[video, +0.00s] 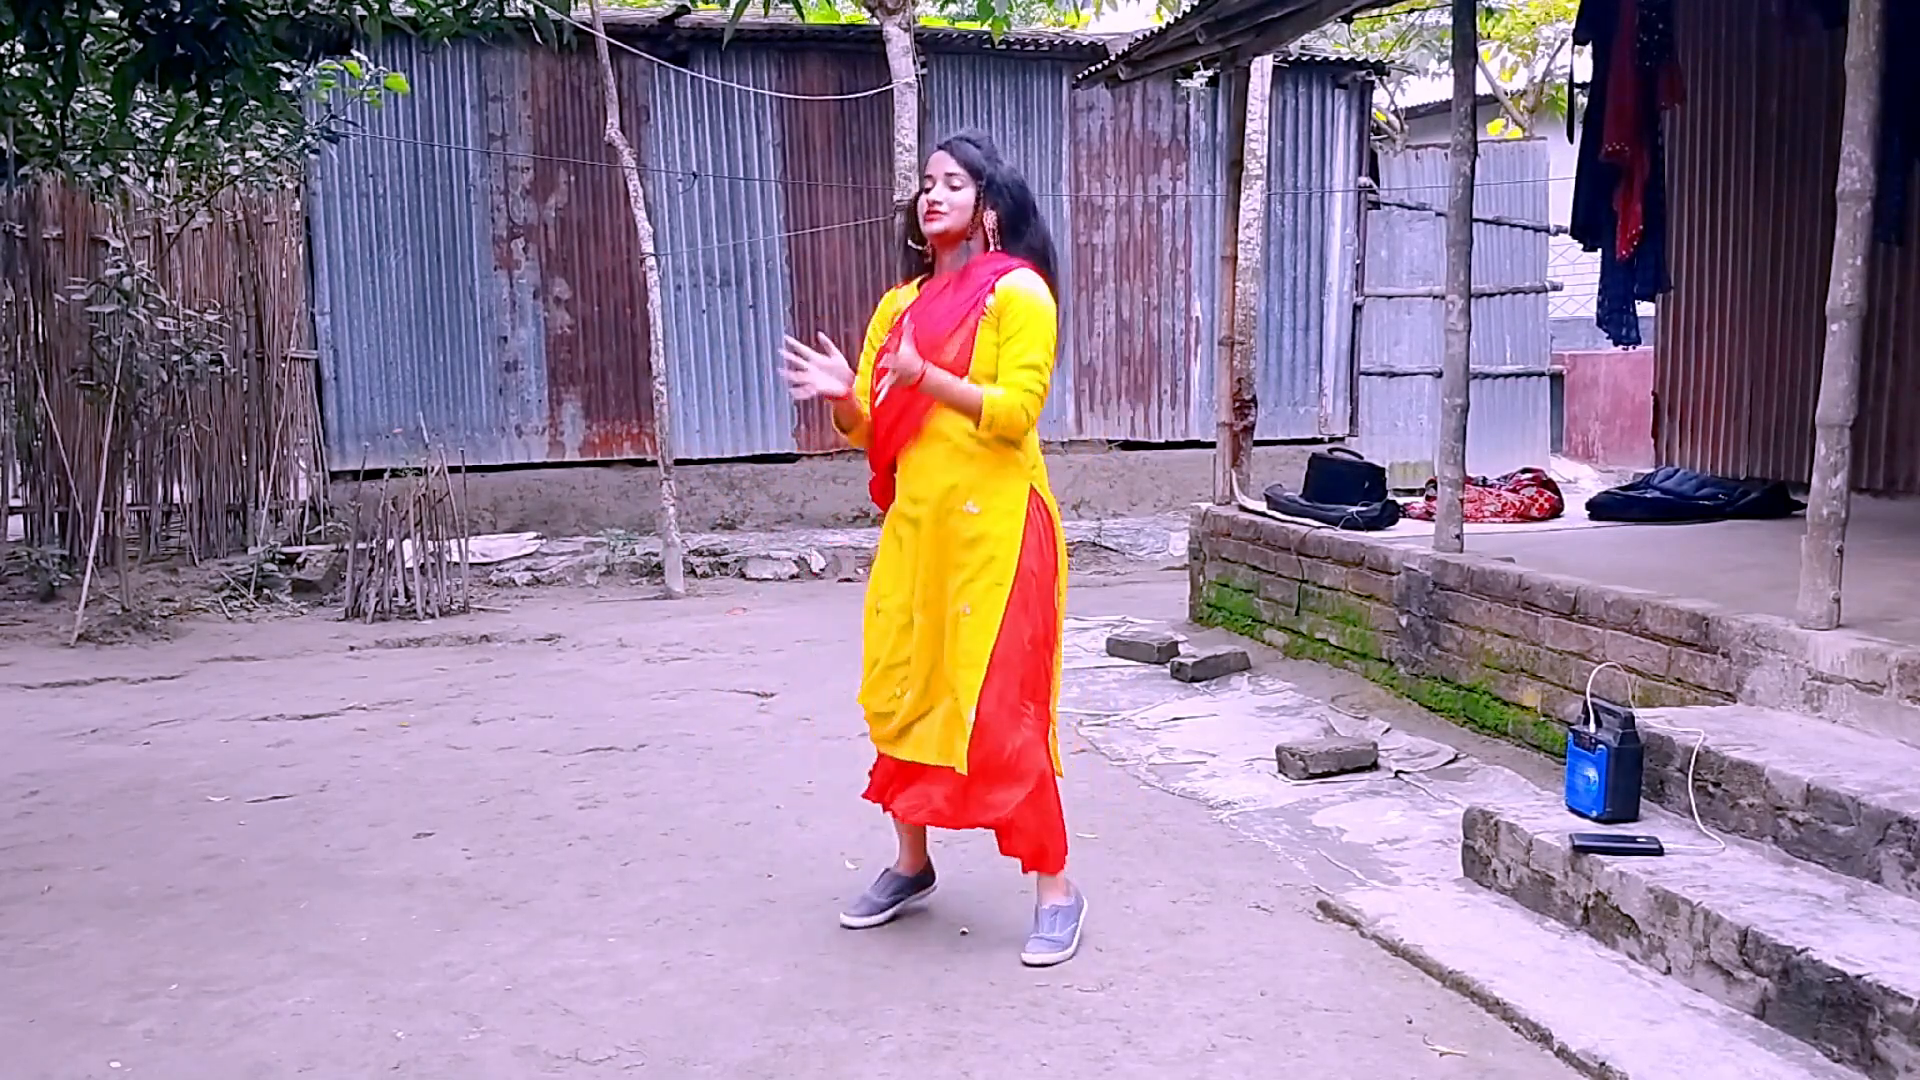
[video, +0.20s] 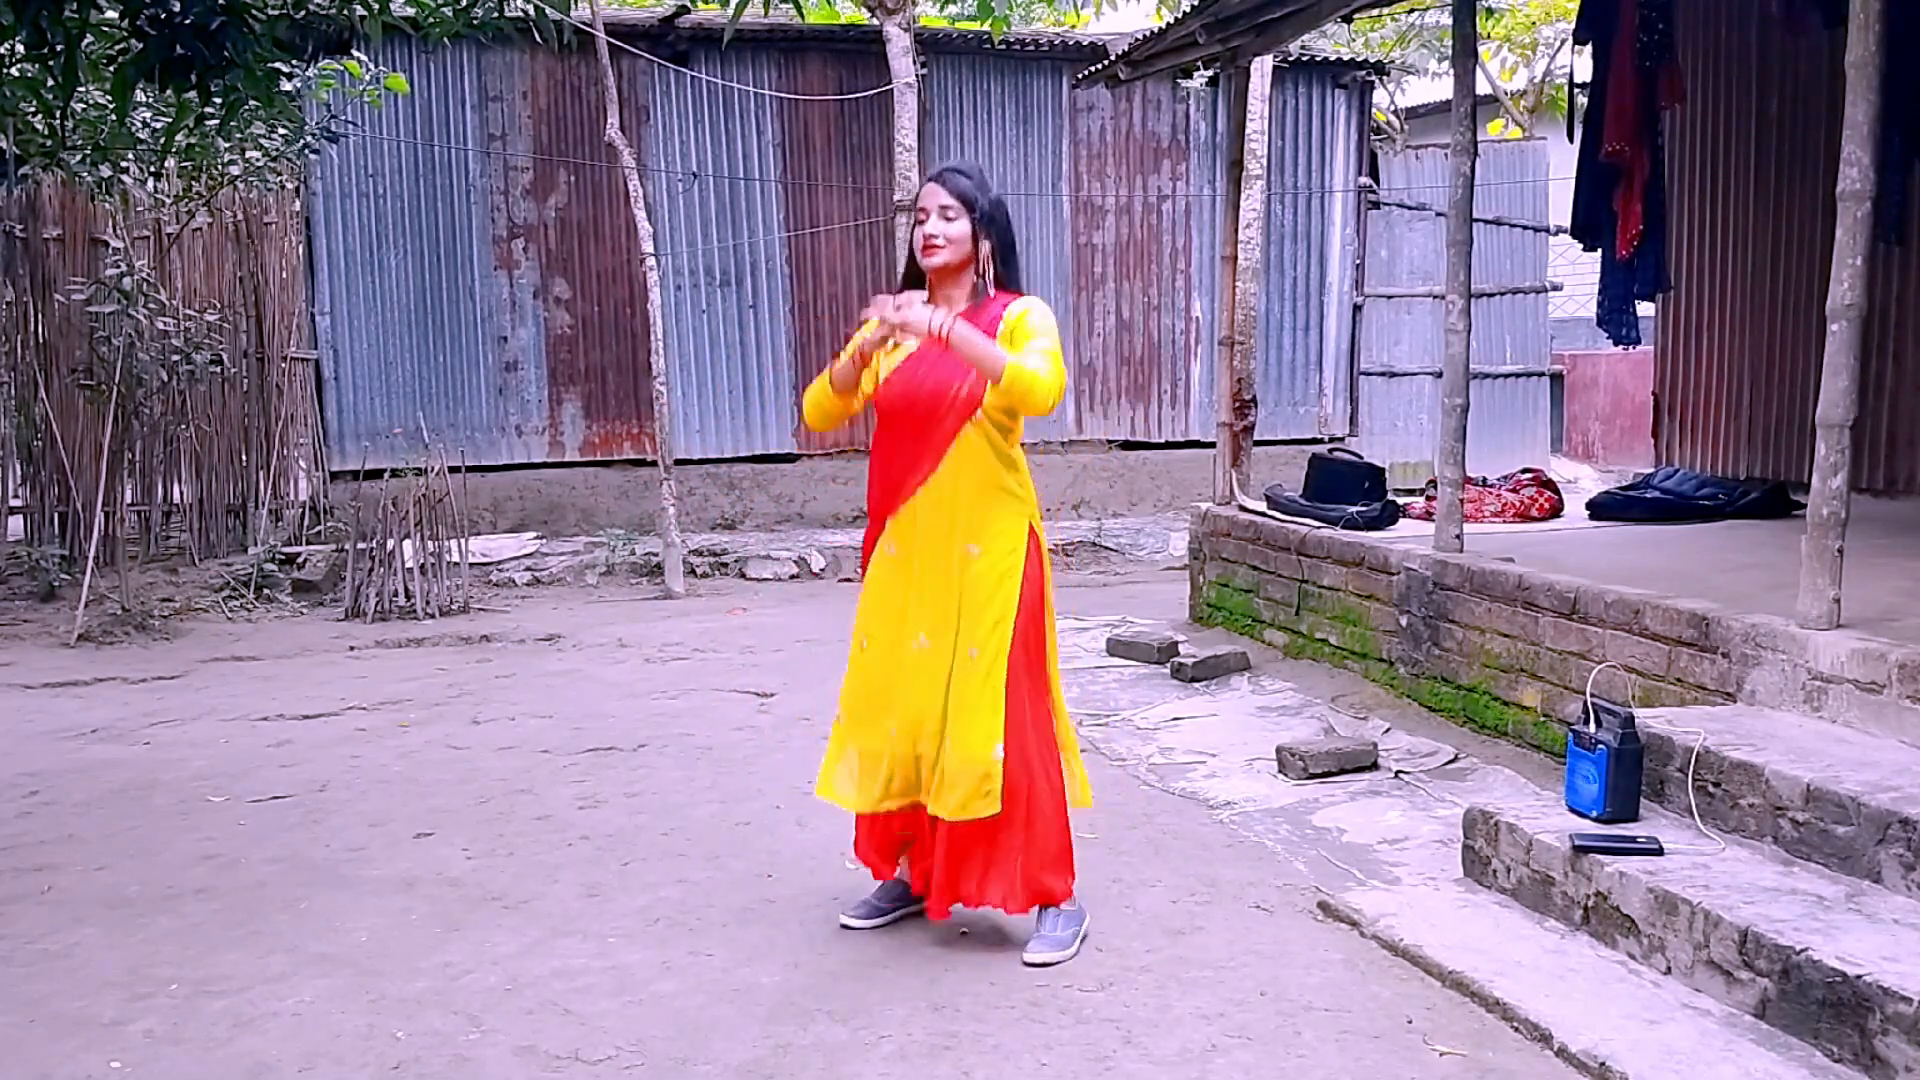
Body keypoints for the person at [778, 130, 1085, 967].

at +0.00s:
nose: (932, 195)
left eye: (950, 183)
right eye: (926, 185)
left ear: (989, 201)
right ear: (918, 206)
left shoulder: (1020, 292)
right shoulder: (896, 305)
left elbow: (1016, 413)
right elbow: (870, 432)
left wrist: (925, 375)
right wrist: (844, 395)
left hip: (1001, 520)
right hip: (914, 520)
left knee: (1000, 700)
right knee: (897, 687)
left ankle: (1052, 889)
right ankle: (913, 863)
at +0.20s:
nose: (929, 227)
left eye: (947, 215)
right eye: (920, 216)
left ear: (984, 230)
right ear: (912, 232)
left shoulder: (1020, 314)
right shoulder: (893, 323)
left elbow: (1041, 391)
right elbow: (818, 414)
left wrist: (940, 324)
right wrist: (864, 349)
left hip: (991, 544)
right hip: (905, 545)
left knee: (1013, 716)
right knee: (902, 702)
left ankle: (1057, 898)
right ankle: (913, 875)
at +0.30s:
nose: (920, 173)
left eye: (940, 157)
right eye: (911, 160)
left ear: (981, 175)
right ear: (901, 179)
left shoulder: (1008, 259)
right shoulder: (886, 264)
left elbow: (1062, 262)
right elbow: (804, 282)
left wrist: (975, 201)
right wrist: (869, 221)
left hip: (978, 482)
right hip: (888, 481)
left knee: (997, 671)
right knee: (867, 659)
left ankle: (1047, 867)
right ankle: (886, 839)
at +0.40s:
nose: (919, 187)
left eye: (934, 171)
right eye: (908, 175)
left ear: (973, 185)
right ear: (896, 194)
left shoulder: (1000, 272)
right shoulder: (884, 271)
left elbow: (1044, 244)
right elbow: (821, 243)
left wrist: (972, 176)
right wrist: (869, 184)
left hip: (975, 493)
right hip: (879, 493)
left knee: (995, 684)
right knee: (850, 668)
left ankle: (1044, 880)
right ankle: (857, 849)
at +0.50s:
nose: (917, 251)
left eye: (933, 233)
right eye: (904, 238)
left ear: (966, 244)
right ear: (892, 253)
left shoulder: (988, 334)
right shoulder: (879, 332)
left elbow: (1028, 315)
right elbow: (847, 299)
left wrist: (1004, 249)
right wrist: (871, 240)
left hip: (977, 531)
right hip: (889, 534)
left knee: (985, 711)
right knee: (842, 698)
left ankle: (1049, 897)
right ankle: (857, 868)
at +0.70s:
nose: (912, 332)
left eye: (927, 317)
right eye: (899, 318)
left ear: (956, 325)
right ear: (886, 324)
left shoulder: (978, 406)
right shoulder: (852, 384)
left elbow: (1001, 429)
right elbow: (844, 392)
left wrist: (969, 414)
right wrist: (877, 406)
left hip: (973, 588)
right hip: (882, 596)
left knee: (1000, 745)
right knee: (847, 746)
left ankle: (1030, 913)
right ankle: (845, 903)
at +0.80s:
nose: (909, 302)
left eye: (923, 285)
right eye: (896, 290)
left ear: (954, 286)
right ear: (883, 297)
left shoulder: (994, 379)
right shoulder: (860, 364)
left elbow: (989, 446)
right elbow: (792, 414)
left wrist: (919, 476)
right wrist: (815, 460)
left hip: (951, 586)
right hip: (855, 585)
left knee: (1003, 735)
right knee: (844, 730)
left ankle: (1048, 902)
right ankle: (841, 885)